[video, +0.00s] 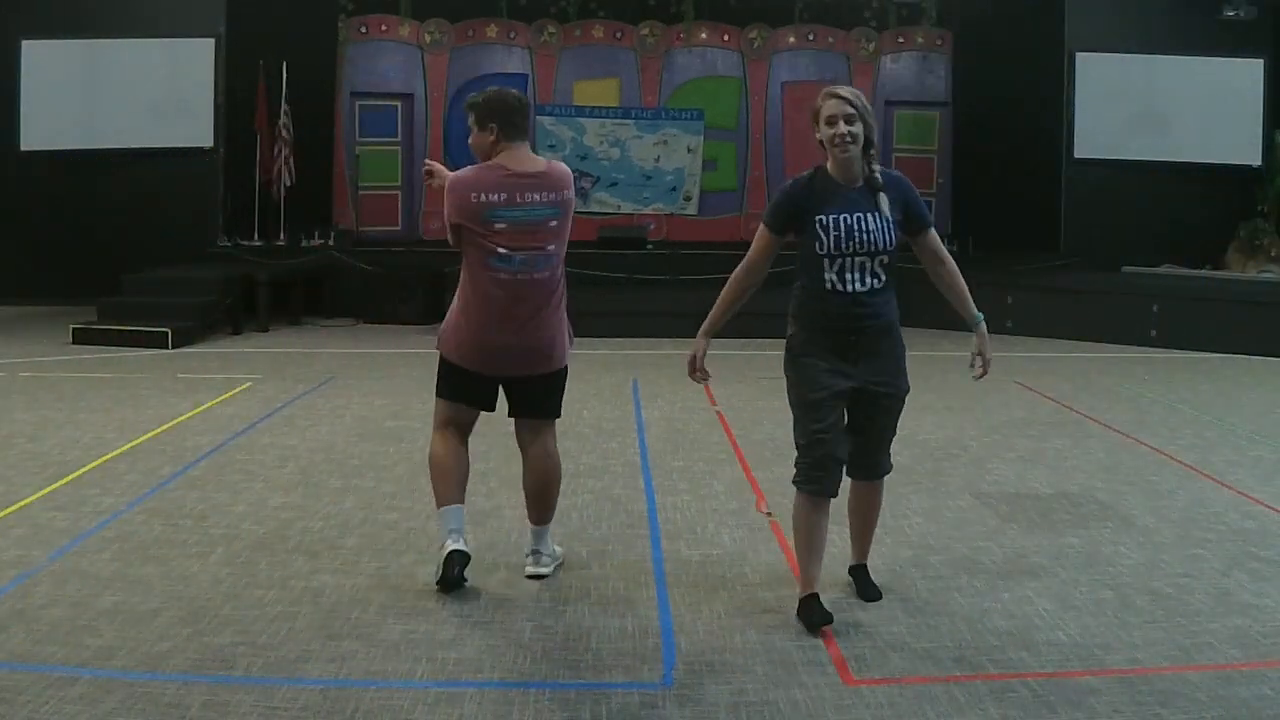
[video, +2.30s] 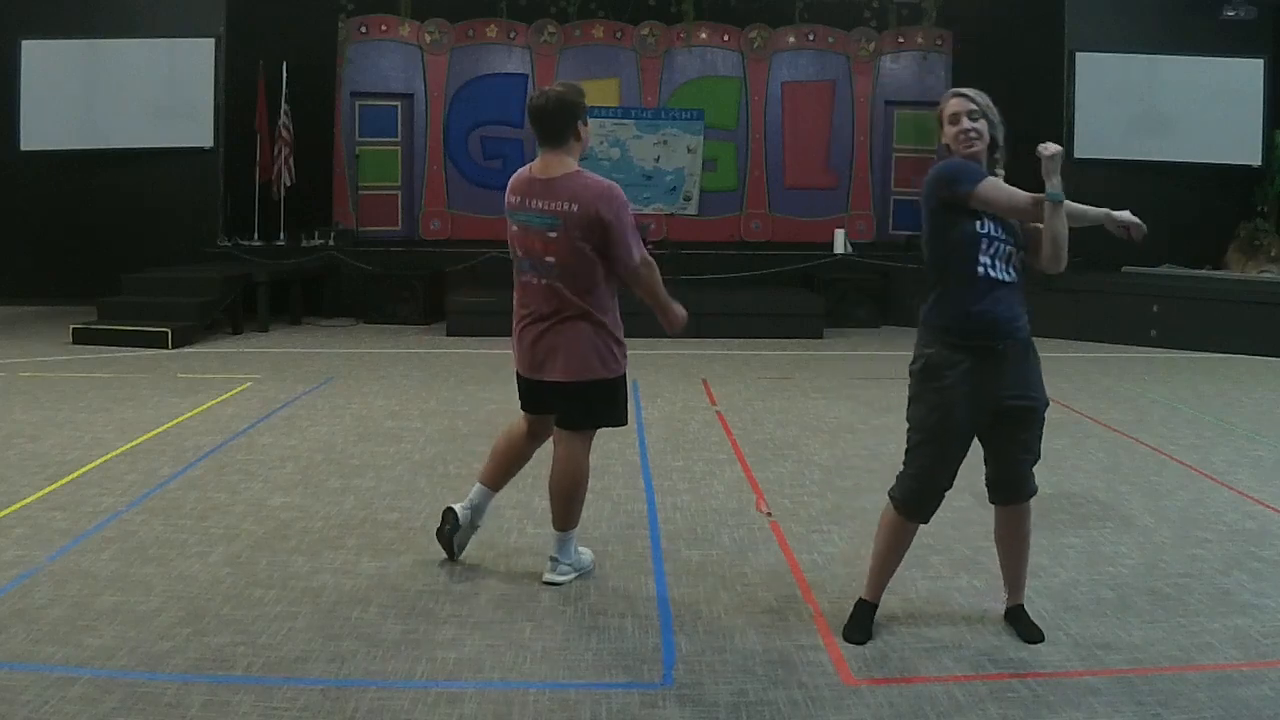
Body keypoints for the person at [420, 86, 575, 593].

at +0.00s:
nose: (471, 139)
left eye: (474, 130)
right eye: (472, 130)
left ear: (491, 132)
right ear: (523, 128)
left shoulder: (464, 184)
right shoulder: (562, 177)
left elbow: (458, 239)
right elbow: (515, 204)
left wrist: (451, 188)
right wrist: (454, 183)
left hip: (474, 337)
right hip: (542, 339)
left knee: (450, 429)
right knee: (539, 437)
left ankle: (453, 538)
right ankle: (541, 549)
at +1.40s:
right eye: (548, 127)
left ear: (497, 130)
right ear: (545, 131)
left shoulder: (467, 193)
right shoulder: (570, 182)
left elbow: (467, 244)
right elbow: (527, 219)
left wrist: (443, 233)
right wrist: (457, 230)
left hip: (491, 344)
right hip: (559, 343)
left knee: (477, 438)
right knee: (555, 439)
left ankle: (450, 551)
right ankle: (561, 554)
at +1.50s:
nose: (548, 134)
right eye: (552, 127)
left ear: (502, 131)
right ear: (550, 131)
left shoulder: (472, 195)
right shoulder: (578, 185)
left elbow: (476, 255)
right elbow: (575, 244)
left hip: (497, 344)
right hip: (565, 343)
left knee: (481, 437)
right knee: (559, 441)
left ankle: (453, 550)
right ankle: (561, 554)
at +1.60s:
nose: (554, 132)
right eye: (557, 126)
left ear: (506, 131)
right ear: (555, 130)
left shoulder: (478, 196)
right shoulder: (586, 189)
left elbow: (477, 260)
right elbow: (596, 248)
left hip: (502, 343)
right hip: (570, 344)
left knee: (485, 435)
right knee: (562, 441)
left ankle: (456, 546)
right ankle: (562, 552)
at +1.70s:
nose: (562, 133)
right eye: (562, 127)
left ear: (512, 131)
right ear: (560, 132)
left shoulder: (485, 198)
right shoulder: (591, 194)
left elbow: (476, 279)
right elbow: (630, 259)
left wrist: (475, 341)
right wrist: (646, 302)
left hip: (508, 341)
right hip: (575, 344)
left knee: (488, 435)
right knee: (565, 440)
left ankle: (455, 542)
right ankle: (562, 553)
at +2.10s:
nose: (590, 129)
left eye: (586, 122)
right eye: (589, 123)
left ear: (535, 130)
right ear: (582, 129)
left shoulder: (509, 191)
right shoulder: (606, 190)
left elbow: (477, 252)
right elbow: (638, 265)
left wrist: (438, 298)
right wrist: (681, 327)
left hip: (530, 344)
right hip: (588, 348)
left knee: (527, 418)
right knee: (573, 444)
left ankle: (471, 516)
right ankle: (564, 554)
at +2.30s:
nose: (590, 129)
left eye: (587, 122)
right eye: (588, 123)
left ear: (535, 130)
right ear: (581, 129)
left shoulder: (517, 185)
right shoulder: (603, 196)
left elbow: (536, 250)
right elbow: (637, 265)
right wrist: (667, 308)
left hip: (531, 340)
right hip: (586, 346)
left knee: (534, 423)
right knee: (574, 443)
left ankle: (470, 509)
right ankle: (563, 554)